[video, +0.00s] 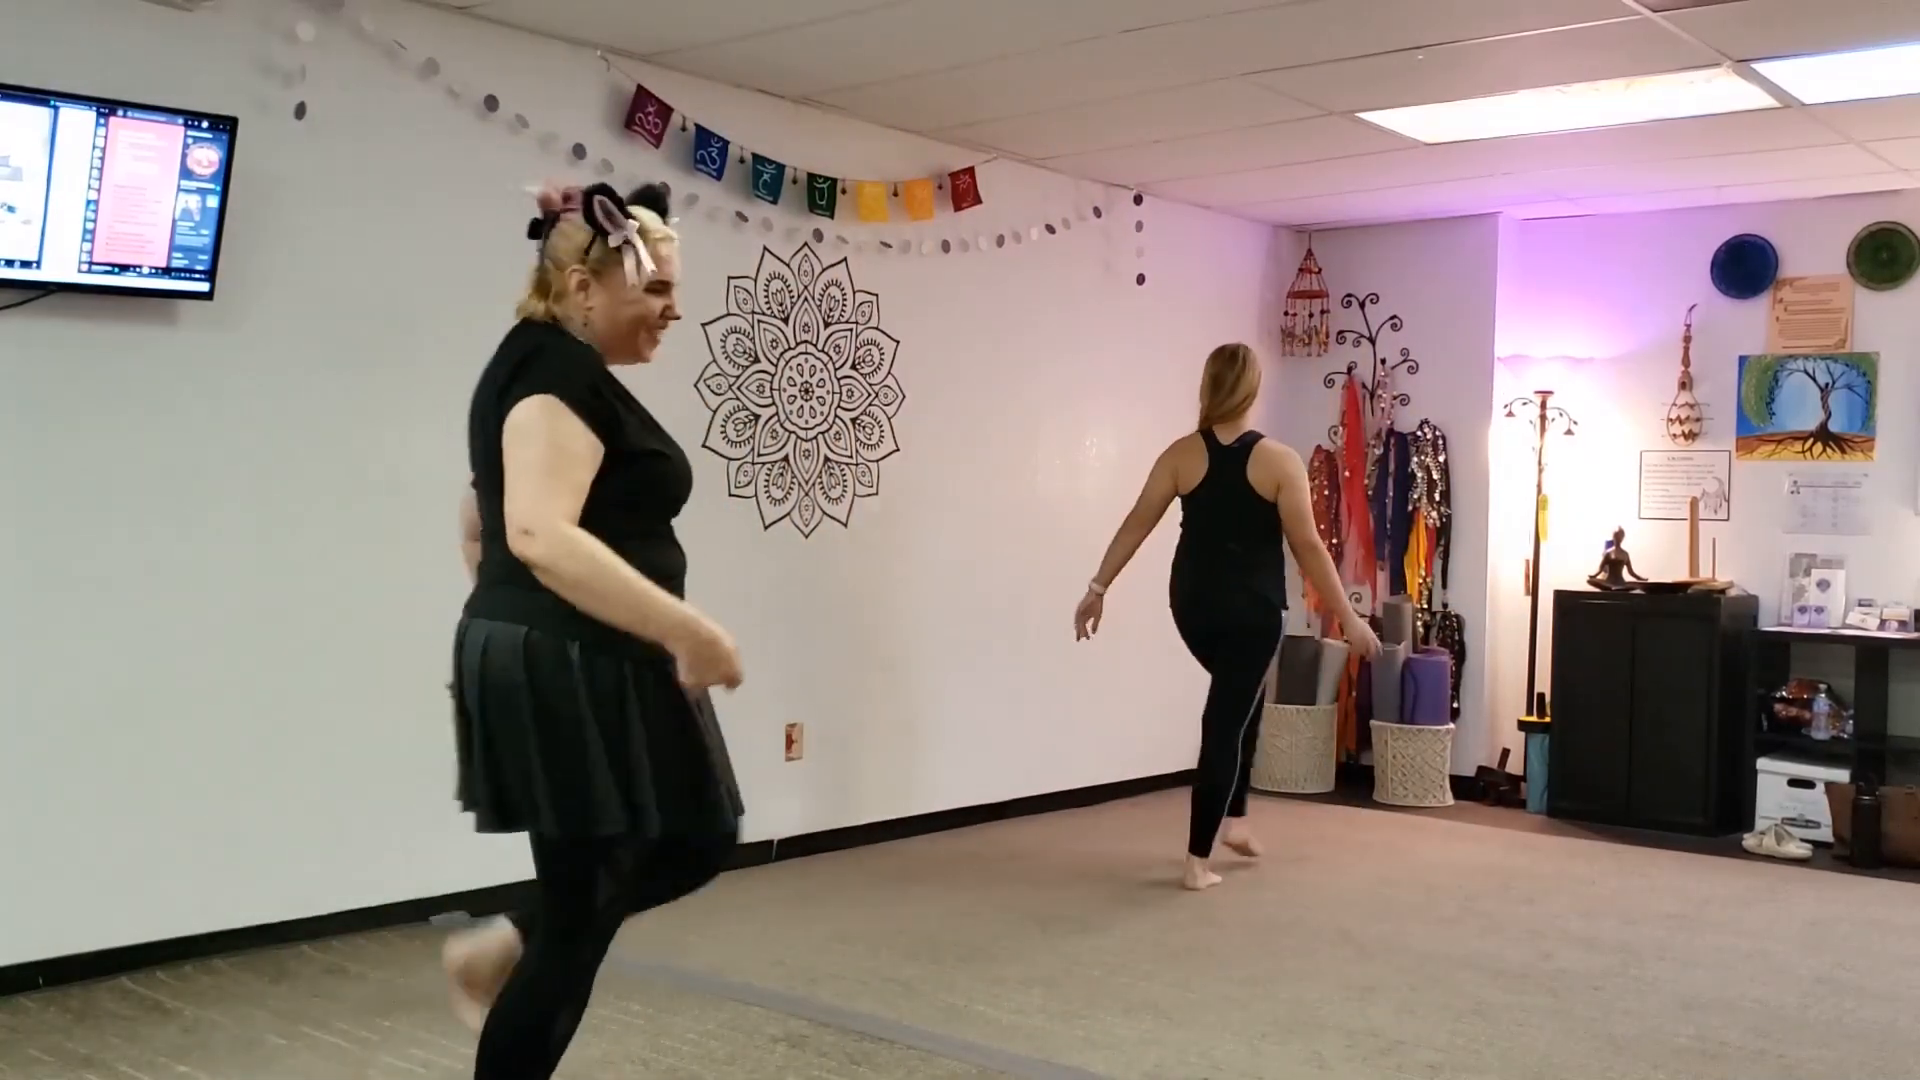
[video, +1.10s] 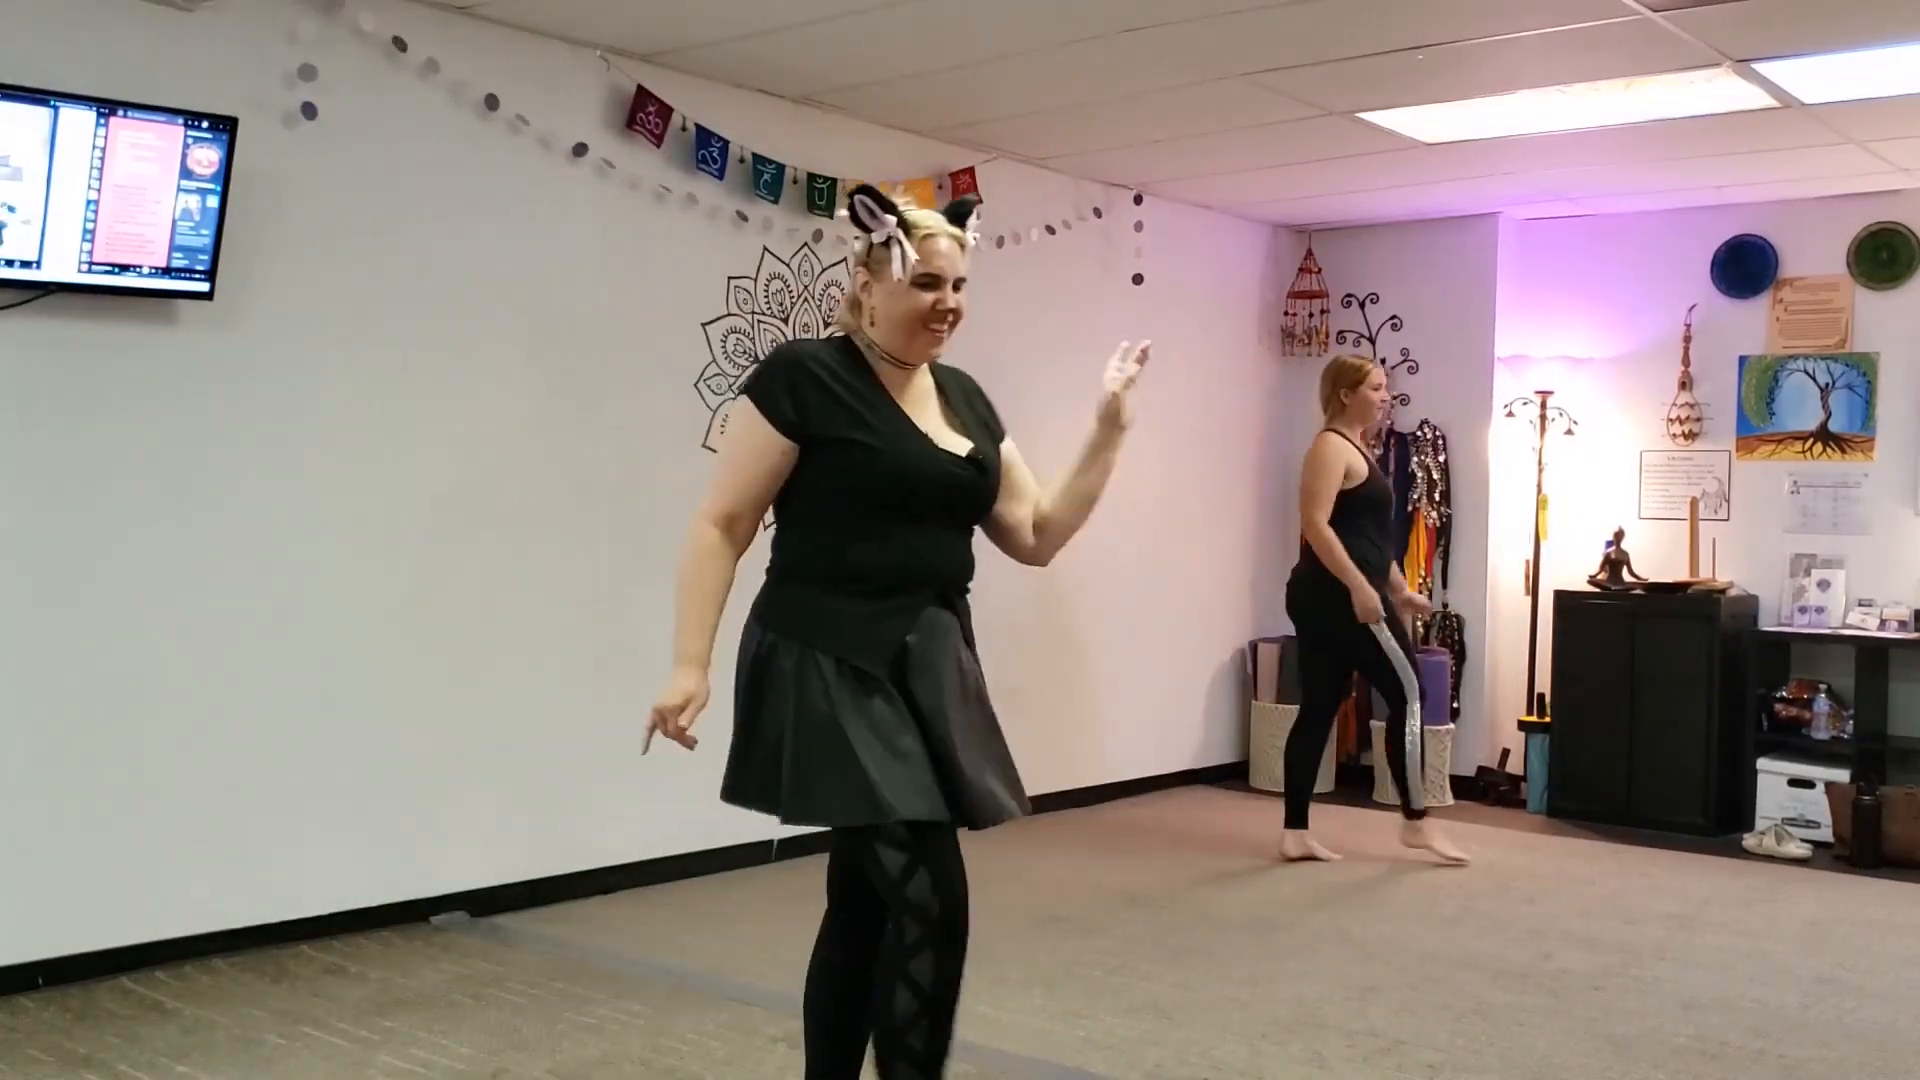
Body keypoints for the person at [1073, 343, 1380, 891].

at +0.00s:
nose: (1256, 391)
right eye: (1257, 384)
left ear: (1206, 389)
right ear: (1255, 392)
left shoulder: (1180, 455)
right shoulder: (1281, 462)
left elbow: (1138, 524)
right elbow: (1309, 549)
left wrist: (1098, 586)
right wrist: (1348, 617)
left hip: (1190, 606)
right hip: (1252, 611)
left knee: (1244, 696)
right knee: (1222, 726)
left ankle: (1234, 820)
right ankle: (1197, 860)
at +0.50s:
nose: (1307, 402)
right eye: (1304, 395)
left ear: (1255, 401)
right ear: (1300, 401)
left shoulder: (1237, 468)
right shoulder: (1334, 455)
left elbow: (1207, 545)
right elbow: (1354, 540)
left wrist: (1167, 600)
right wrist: (1363, 608)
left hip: (1249, 601)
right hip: (1307, 603)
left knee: (1277, 713)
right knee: (1272, 716)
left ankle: (1291, 834)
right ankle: (1217, 824)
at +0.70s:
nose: (1331, 404)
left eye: (1328, 396)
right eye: (1328, 397)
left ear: (1280, 403)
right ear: (1320, 401)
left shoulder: (1262, 470)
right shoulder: (1342, 448)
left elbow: (1248, 544)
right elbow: (1366, 528)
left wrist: (1237, 594)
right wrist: (1385, 597)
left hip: (1273, 602)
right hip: (1323, 600)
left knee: (1295, 711)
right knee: (1348, 715)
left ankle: (1296, 836)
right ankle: (1256, 784)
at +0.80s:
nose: (1345, 407)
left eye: (1345, 399)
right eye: (1343, 399)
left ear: (1296, 402)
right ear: (1328, 401)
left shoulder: (1277, 464)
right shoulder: (1337, 444)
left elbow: (1274, 542)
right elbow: (1355, 523)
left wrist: (1280, 588)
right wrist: (1389, 591)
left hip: (1281, 596)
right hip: (1326, 596)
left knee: (1306, 708)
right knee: (1376, 704)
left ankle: (1297, 836)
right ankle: (1283, 772)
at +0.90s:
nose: (1361, 400)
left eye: (1360, 392)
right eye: (1356, 393)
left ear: (1320, 399)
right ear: (1333, 398)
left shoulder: (1305, 448)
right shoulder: (1329, 444)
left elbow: (1317, 530)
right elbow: (1341, 525)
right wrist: (1388, 591)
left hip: (1296, 592)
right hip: (1327, 593)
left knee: (1312, 707)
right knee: (1396, 691)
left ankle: (1298, 837)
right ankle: (1318, 777)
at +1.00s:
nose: (1373, 399)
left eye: (1372, 391)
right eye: (1366, 391)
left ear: (1335, 397)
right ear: (1339, 396)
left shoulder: (1332, 446)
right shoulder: (1325, 445)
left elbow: (1336, 526)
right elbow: (1325, 523)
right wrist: (1375, 584)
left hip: (1312, 593)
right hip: (1329, 594)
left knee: (1315, 710)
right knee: (1409, 688)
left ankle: (1296, 834)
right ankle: (1362, 802)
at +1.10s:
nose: (1387, 396)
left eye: (1386, 388)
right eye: (1377, 388)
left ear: (1362, 397)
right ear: (1347, 395)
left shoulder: (1357, 452)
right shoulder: (1331, 446)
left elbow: (1368, 538)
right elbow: (1313, 523)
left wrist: (1401, 590)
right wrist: (1358, 585)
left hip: (1330, 593)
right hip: (1337, 592)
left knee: (1318, 706)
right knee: (1406, 691)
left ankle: (1295, 832)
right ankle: (1416, 820)